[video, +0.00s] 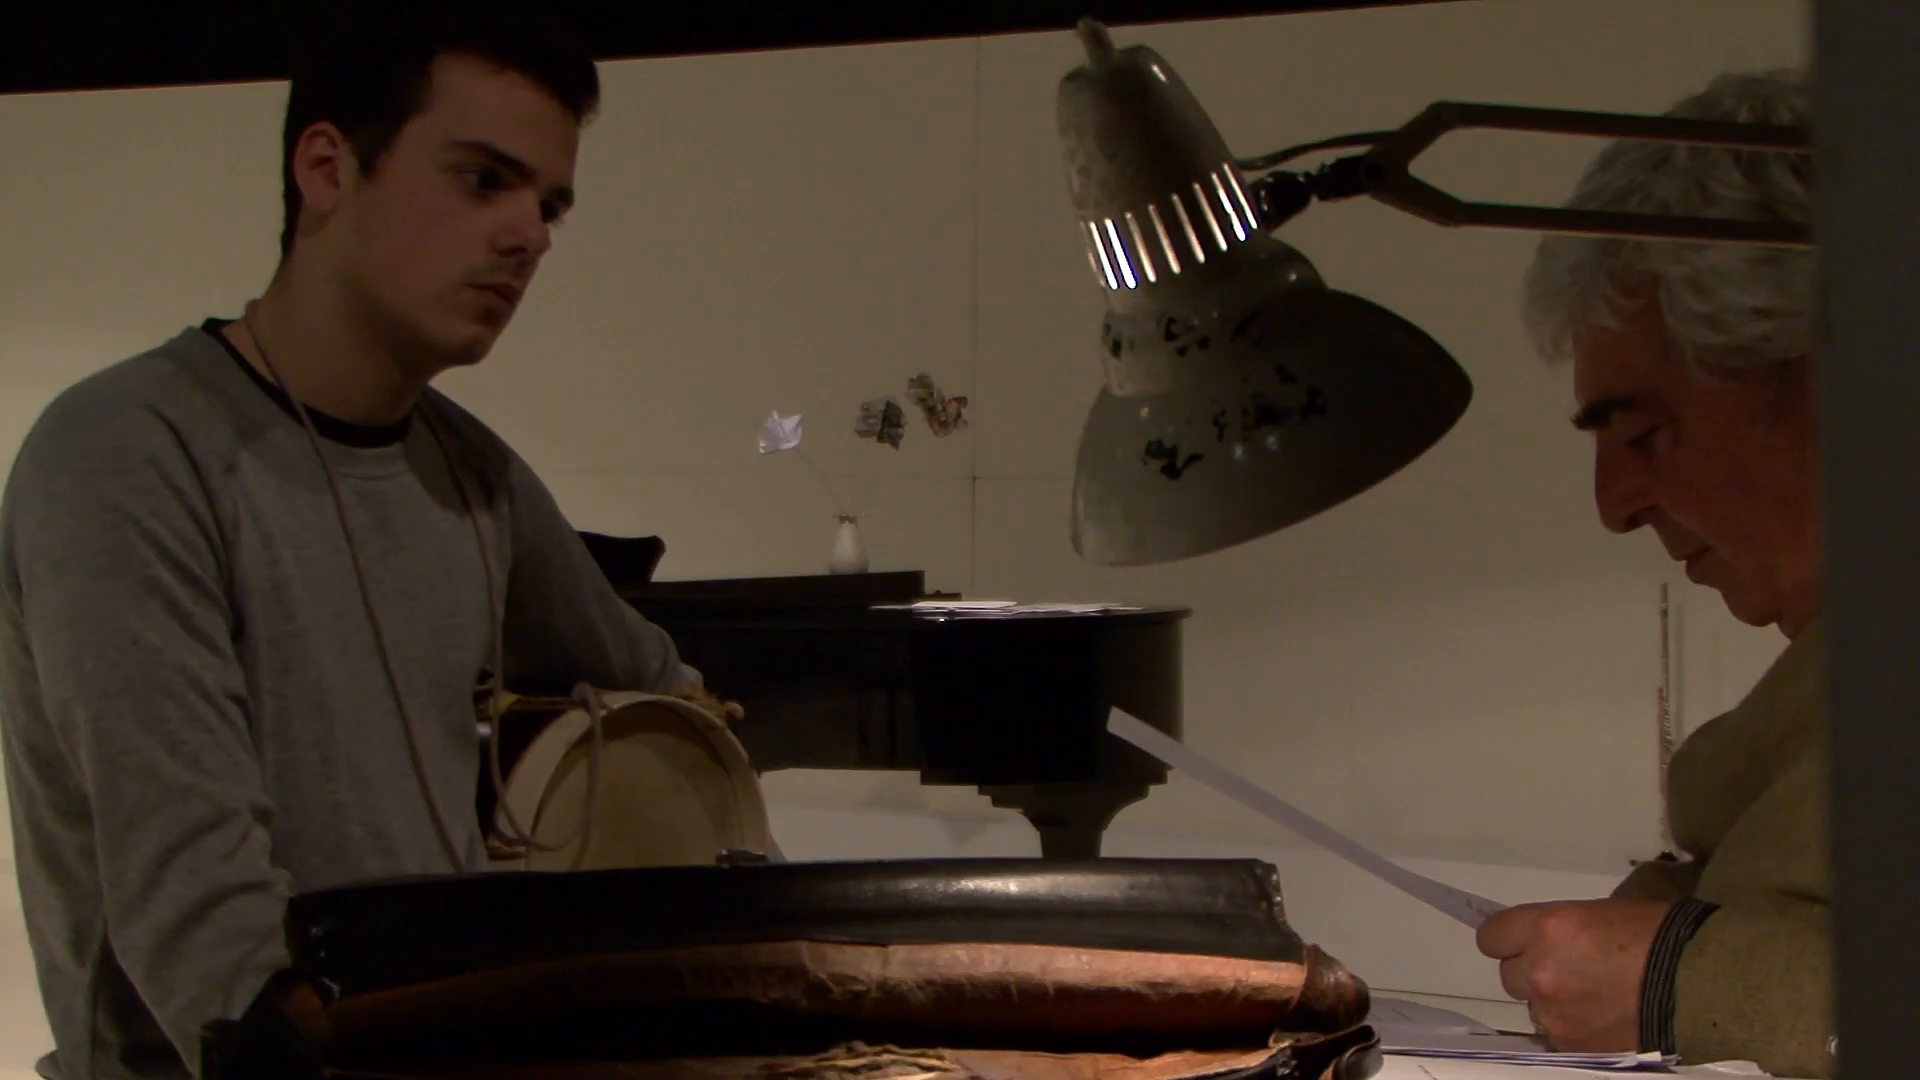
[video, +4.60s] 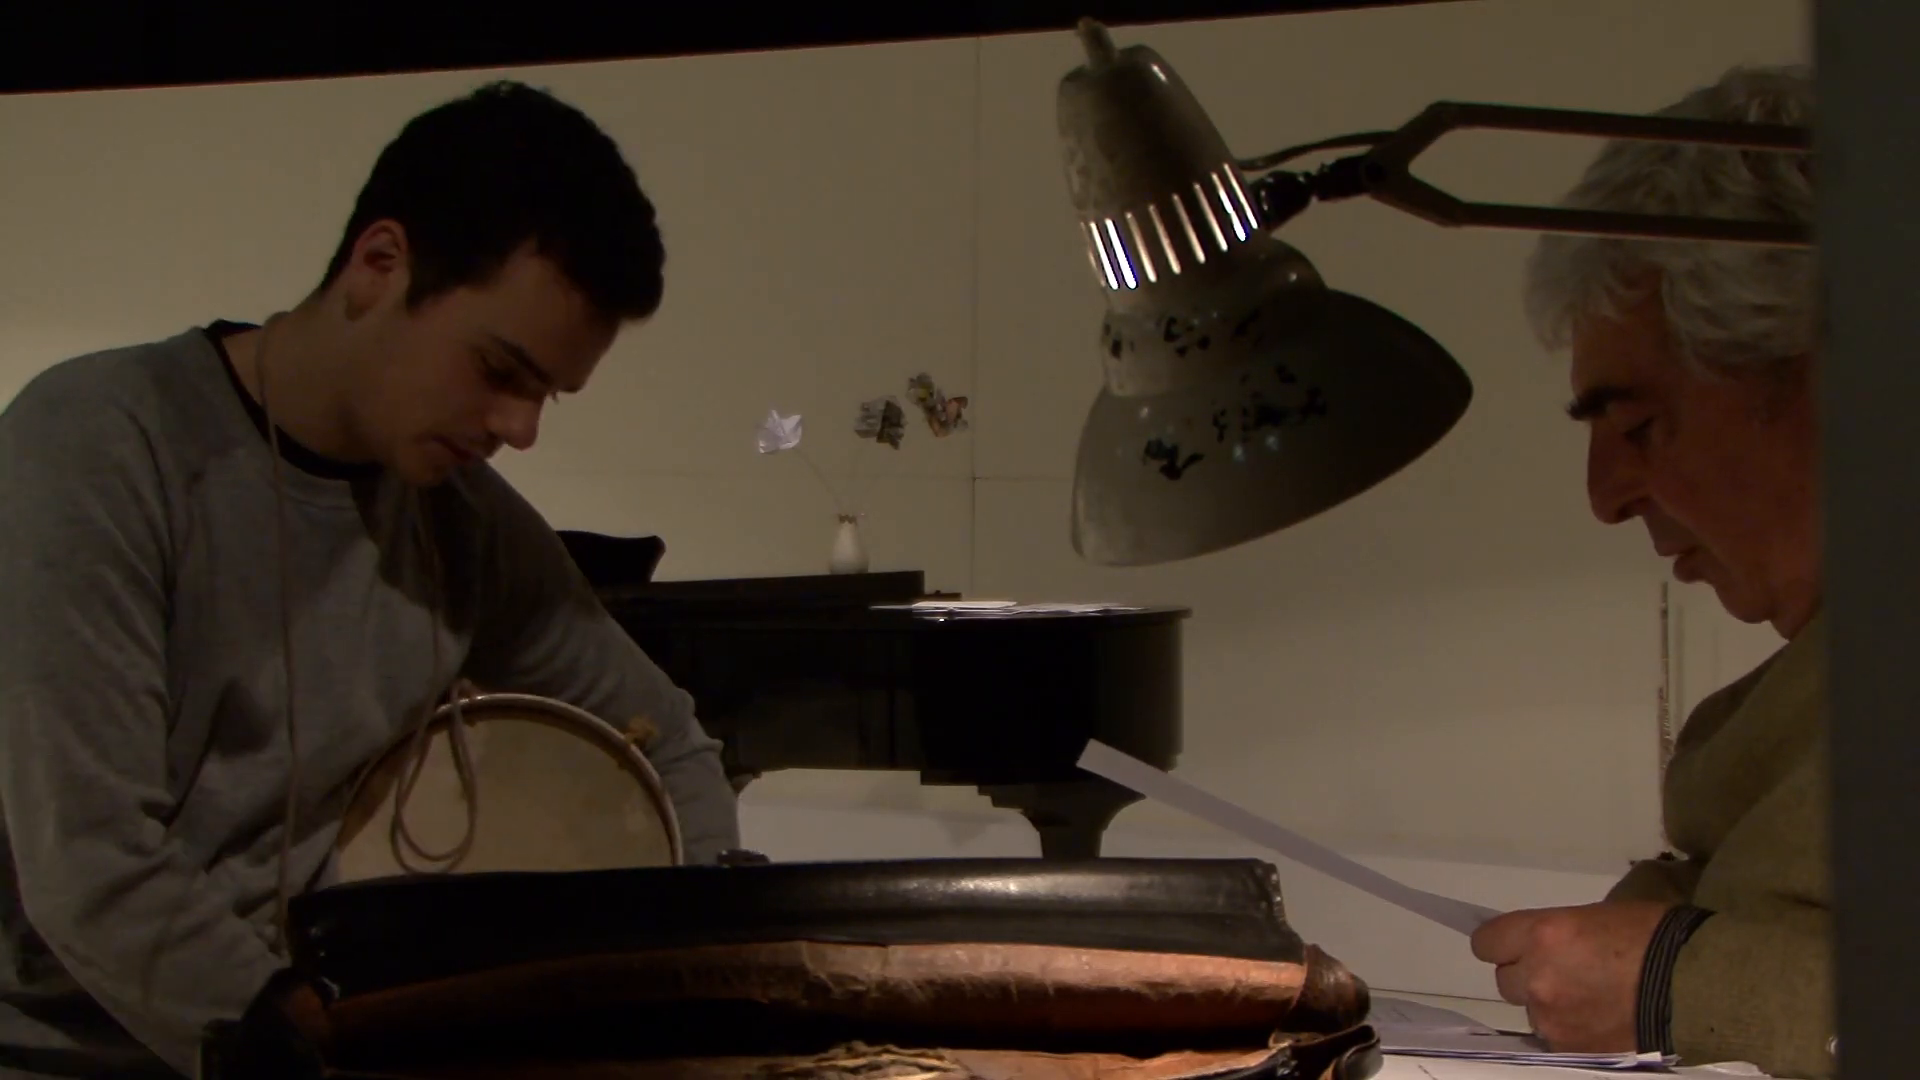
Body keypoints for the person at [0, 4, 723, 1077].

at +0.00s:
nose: (529, 237)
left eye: (550, 206)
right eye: (483, 179)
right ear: (326, 172)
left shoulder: (481, 478)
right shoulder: (115, 453)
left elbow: (662, 708)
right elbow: (196, 908)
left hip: (474, 1030)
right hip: (188, 1057)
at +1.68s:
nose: (540, 265)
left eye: (562, 227)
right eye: (497, 204)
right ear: (344, 182)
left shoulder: (478, 475)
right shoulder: (137, 442)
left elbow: (643, 718)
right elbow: (189, 892)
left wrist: (768, 931)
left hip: (465, 1026)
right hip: (193, 1057)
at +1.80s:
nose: (523, 266)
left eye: (545, 228)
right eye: (479, 206)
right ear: (329, 186)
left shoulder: (461, 478)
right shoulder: (131, 443)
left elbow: (639, 724)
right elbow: (224, 887)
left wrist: (791, 926)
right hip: (178, 1057)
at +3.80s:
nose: (515, 297)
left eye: (535, 261)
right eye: (476, 237)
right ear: (325, 207)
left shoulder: (444, 496)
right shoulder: (119, 442)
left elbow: (647, 701)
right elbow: (261, 869)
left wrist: (753, 918)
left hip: (352, 1043)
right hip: (117, 1059)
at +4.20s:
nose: (523, 338)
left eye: (549, 301)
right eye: (493, 279)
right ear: (349, 224)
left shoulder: (459, 494)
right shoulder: (110, 445)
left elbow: (669, 719)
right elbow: (222, 898)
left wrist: (724, 947)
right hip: (89, 1045)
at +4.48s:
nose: (517, 427)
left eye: (542, 394)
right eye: (499, 369)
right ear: (374, 265)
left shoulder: (478, 519)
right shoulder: (90, 444)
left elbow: (677, 735)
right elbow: (80, 872)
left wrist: (715, 953)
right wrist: (317, 1041)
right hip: (56, 1036)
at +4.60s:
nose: (520, 431)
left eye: (544, 397)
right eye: (502, 371)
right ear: (377, 268)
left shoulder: (467, 523)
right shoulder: (86, 442)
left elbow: (665, 745)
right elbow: (88, 872)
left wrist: (689, 966)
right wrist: (326, 1044)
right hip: (48, 1042)